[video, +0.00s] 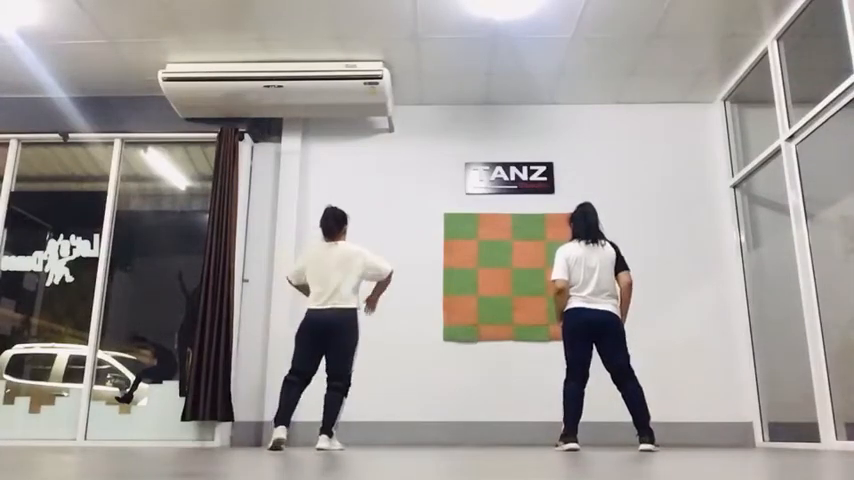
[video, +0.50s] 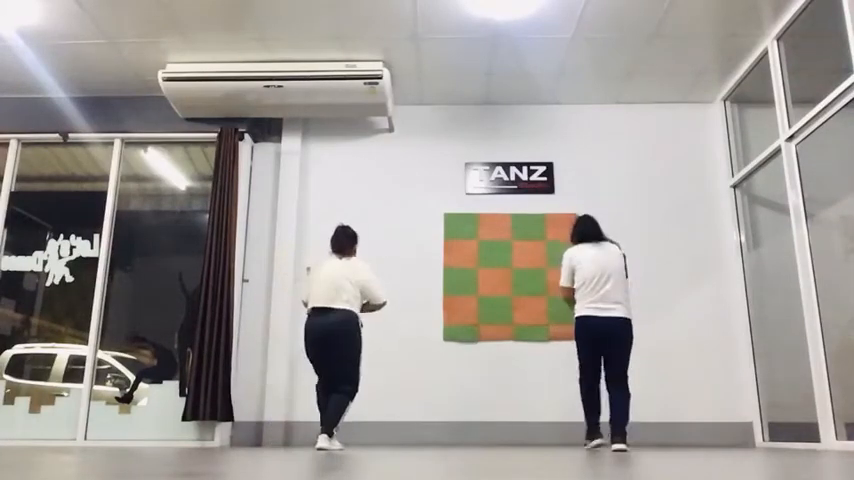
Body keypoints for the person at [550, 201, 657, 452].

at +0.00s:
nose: (569, 226)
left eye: (571, 222)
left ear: (573, 224)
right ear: (596, 222)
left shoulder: (566, 250)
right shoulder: (611, 248)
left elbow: (561, 287)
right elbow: (626, 282)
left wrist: (560, 316)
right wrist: (622, 317)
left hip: (576, 318)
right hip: (609, 318)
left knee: (575, 376)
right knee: (624, 376)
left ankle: (569, 435)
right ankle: (645, 434)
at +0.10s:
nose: (567, 226)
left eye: (569, 222)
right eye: (569, 222)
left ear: (572, 224)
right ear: (595, 223)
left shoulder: (564, 249)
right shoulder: (608, 248)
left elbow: (546, 280)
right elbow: (631, 276)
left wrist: (555, 308)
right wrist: (623, 312)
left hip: (574, 317)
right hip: (606, 317)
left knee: (574, 376)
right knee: (622, 376)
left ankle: (569, 435)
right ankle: (645, 434)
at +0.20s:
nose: (568, 225)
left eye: (568, 221)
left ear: (572, 223)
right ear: (595, 221)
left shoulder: (563, 246)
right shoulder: (607, 245)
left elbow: (535, 271)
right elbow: (636, 268)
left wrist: (548, 301)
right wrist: (624, 299)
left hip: (576, 315)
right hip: (607, 316)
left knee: (575, 375)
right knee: (618, 374)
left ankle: (569, 433)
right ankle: (635, 434)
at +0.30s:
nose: (568, 223)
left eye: (569, 219)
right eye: (571, 218)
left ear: (573, 222)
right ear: (595, 220)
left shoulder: (566, 244)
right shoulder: (609, 242)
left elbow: (539, 270)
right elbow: (637, 269)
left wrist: (553, 297)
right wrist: (618, 290)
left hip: (582, 315)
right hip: (613, 315)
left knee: (578, 373)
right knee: (616, 375)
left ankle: (572, 428)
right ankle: (619, 436)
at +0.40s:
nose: (571, 230)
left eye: (572, 226)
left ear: (574, 228)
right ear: (597, 225)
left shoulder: (569, 247)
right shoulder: (613, 244)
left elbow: (553, 282)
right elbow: (631, 280)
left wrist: (570, 302)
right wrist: (610, 293)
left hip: (584, 319)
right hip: (616, 319)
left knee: (582, 374)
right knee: (617, 377)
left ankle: (582, 426)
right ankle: (619, 437)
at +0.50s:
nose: (572, 236)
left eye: (573, 232)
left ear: (576, 233)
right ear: (599, 230)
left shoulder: (572, 253)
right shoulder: (617, 251)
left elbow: (566, 292)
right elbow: (624, 284)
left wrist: (579, 307)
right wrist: (611, 303)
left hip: (587, 322)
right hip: (619, 321)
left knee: (589, 378)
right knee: (618, 379)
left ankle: (593, 434)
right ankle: (619, 437)